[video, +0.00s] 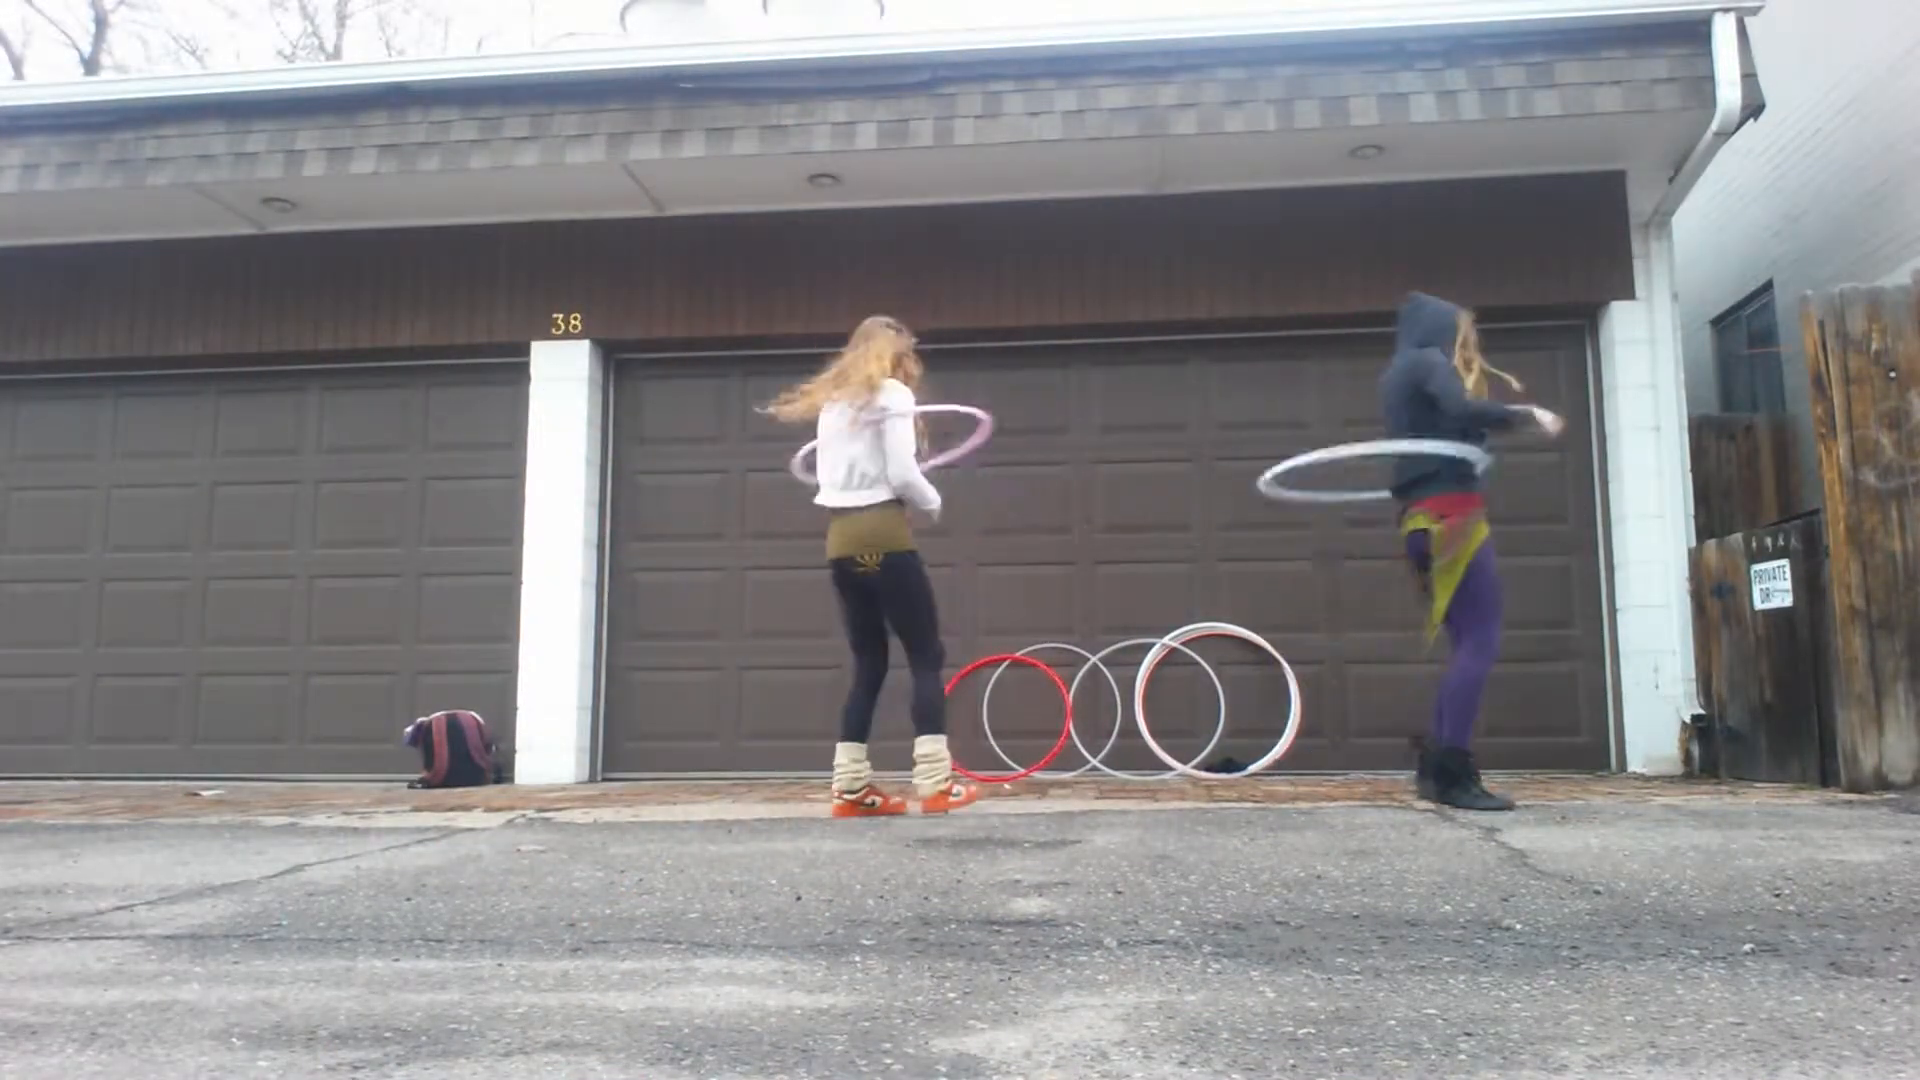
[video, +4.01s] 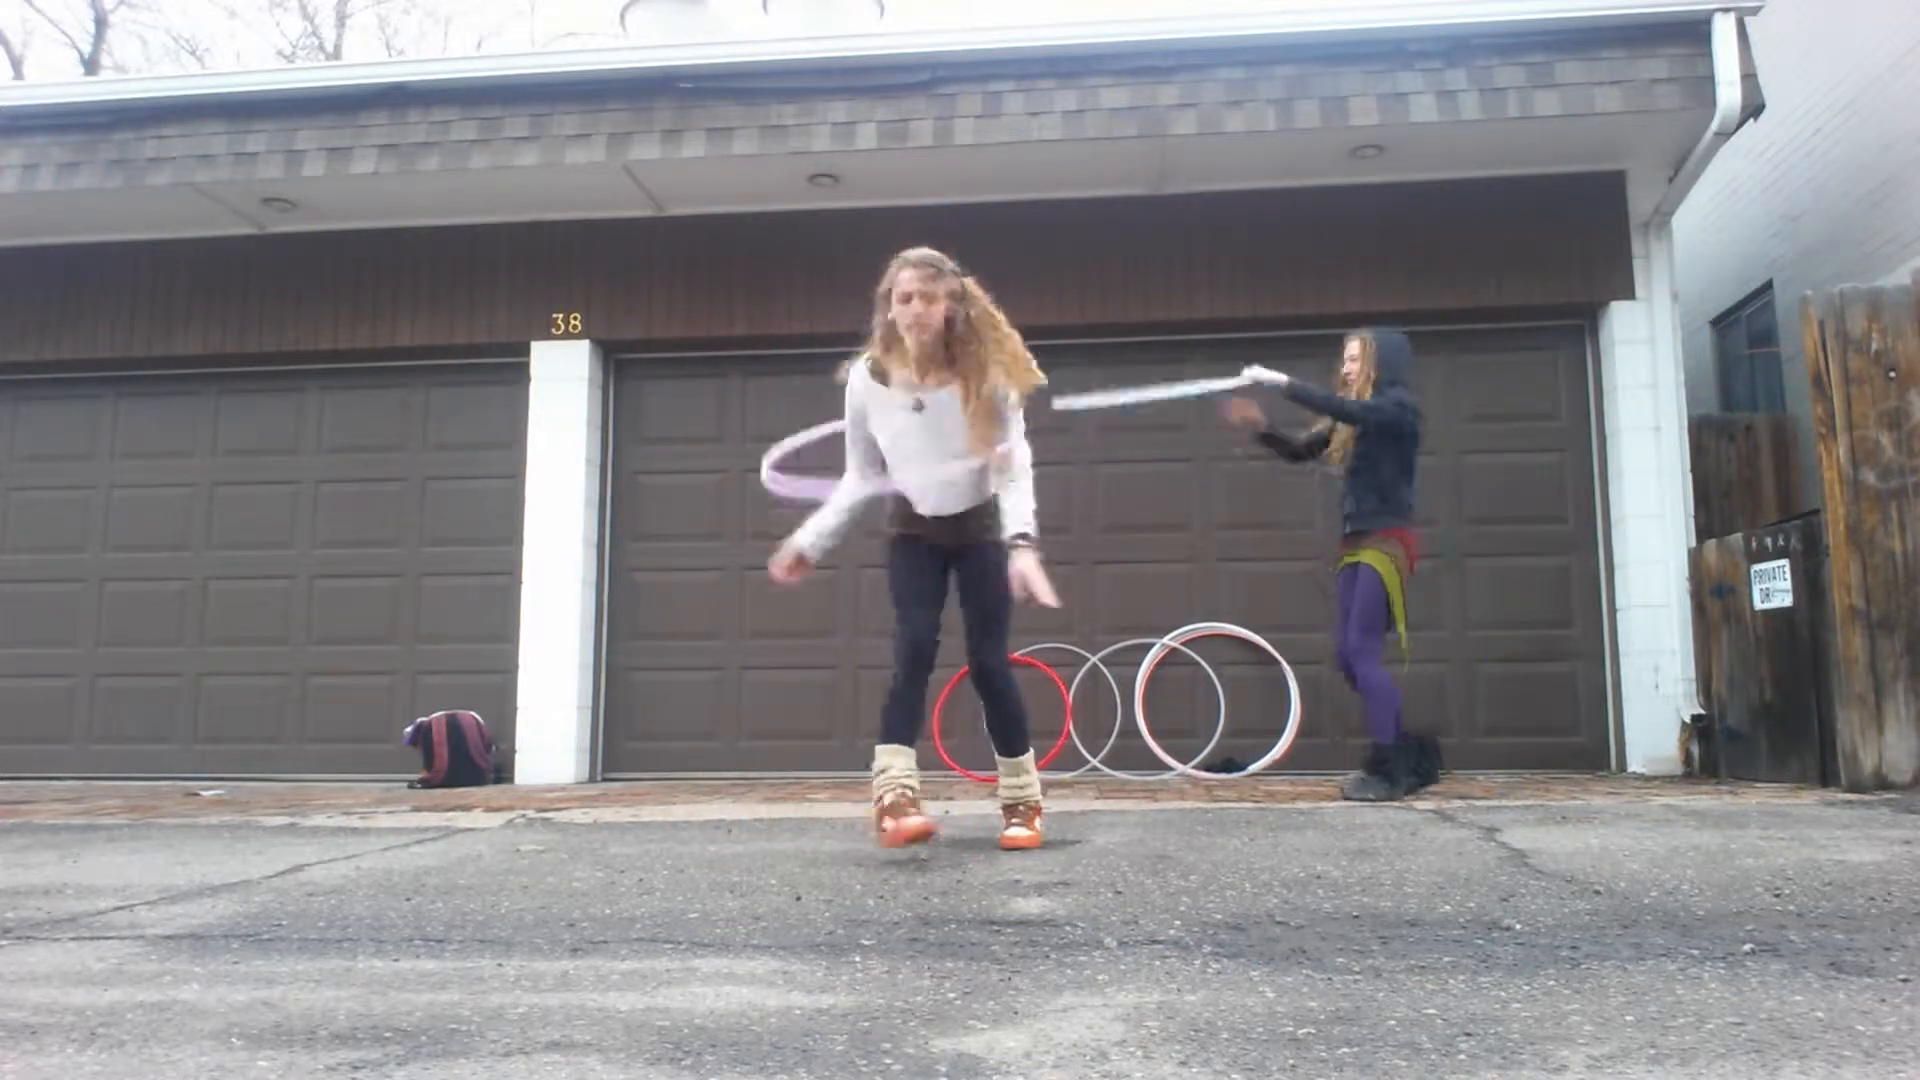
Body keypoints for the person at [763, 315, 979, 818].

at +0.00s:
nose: (910, 364)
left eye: (909, 355)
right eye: (907, 355)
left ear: (856, 352)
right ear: (896, 355)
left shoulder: (834, 398)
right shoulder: (894, 393)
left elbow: (828, 471)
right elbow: (902, 471)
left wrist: (886, 488)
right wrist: (932, 504)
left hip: (840, 529)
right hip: (885, 526)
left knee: (869, 664)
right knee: (925, 656)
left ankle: (849, 786)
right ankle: (934, 781)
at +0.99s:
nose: (829, 346)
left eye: (828, 338)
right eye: (819, 336)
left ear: (813, 349)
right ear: (790, 343)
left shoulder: (812, 409)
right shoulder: (761, 391)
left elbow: (824, 482)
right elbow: (739, 465)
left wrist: (885, 505)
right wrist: (789, 516)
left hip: (794, 547)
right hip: (760, 543)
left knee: (820, 664)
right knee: (761, 666)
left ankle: (755, 773)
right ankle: (709, 791)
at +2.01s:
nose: (800, 333)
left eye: (806, 321)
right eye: (786, 326)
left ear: (821, 325)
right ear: (768, 338)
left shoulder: (857, 377)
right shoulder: (757, 397)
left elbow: (894, 454)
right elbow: (765, 479)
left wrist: (953, 459)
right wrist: (820, 493)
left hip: (858, 538)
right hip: (798, 539)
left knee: (861, 658)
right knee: (806, 668)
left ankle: (848, 787)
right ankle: (819, 762)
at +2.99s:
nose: (924, 361)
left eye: (929, 348)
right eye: (911, 350)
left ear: (935, 349)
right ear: (875, 353)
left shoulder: (938, 402)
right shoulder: (834, 415)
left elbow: (938, 491)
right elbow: (811, 499)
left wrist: (946, 565)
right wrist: (821, 518)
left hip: (902, 542)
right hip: (847, 545)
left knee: (909, 667)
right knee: (897, 663)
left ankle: (851, 794)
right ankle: (909, 797)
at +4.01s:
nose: (917, 310)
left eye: (929, 299)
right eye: (906, 299)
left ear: (951, 306)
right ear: (890, 307)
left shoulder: (984, 371)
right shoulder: (867, 378)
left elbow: (1013, 458)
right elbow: (862, 477)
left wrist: (1023, 543)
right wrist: (806, 543)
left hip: (979, 525)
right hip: (913, 528)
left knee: (988, 665)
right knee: (913, 653)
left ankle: (1021, 800)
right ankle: (895, 794)